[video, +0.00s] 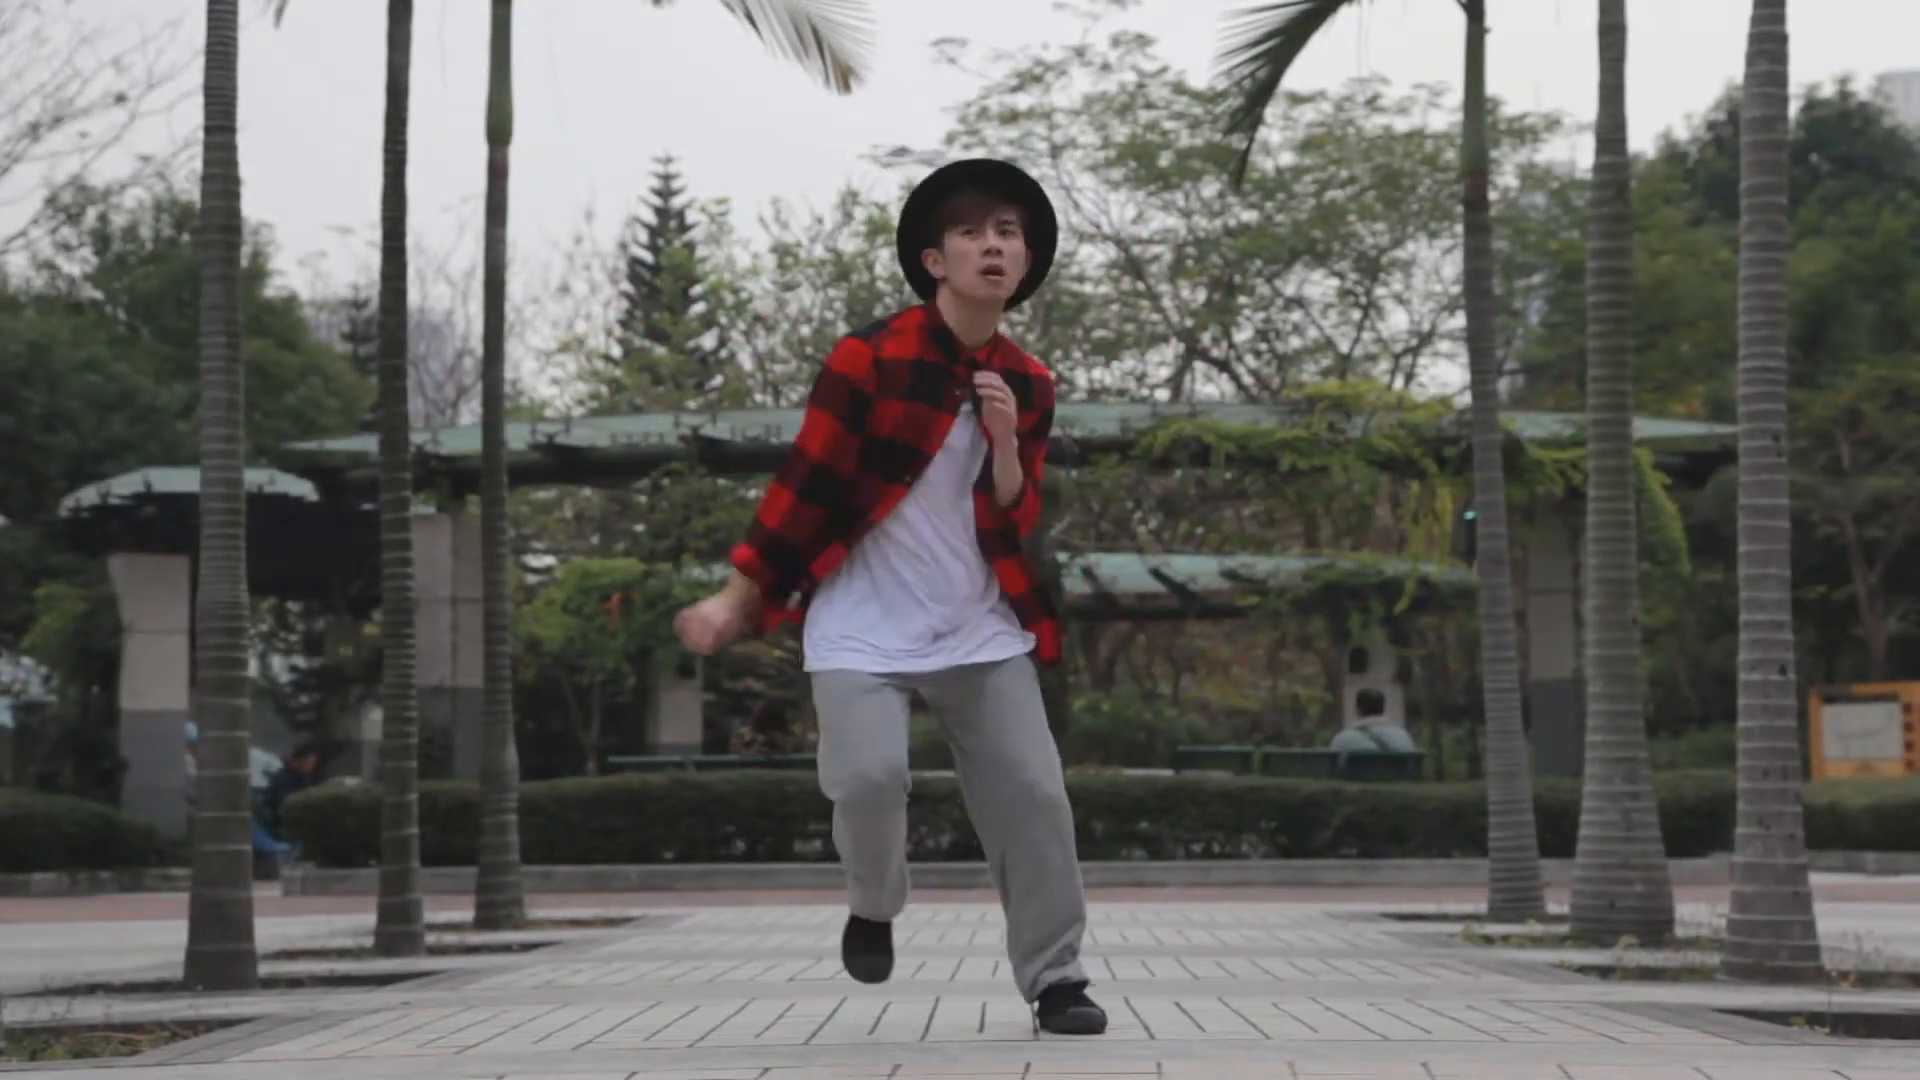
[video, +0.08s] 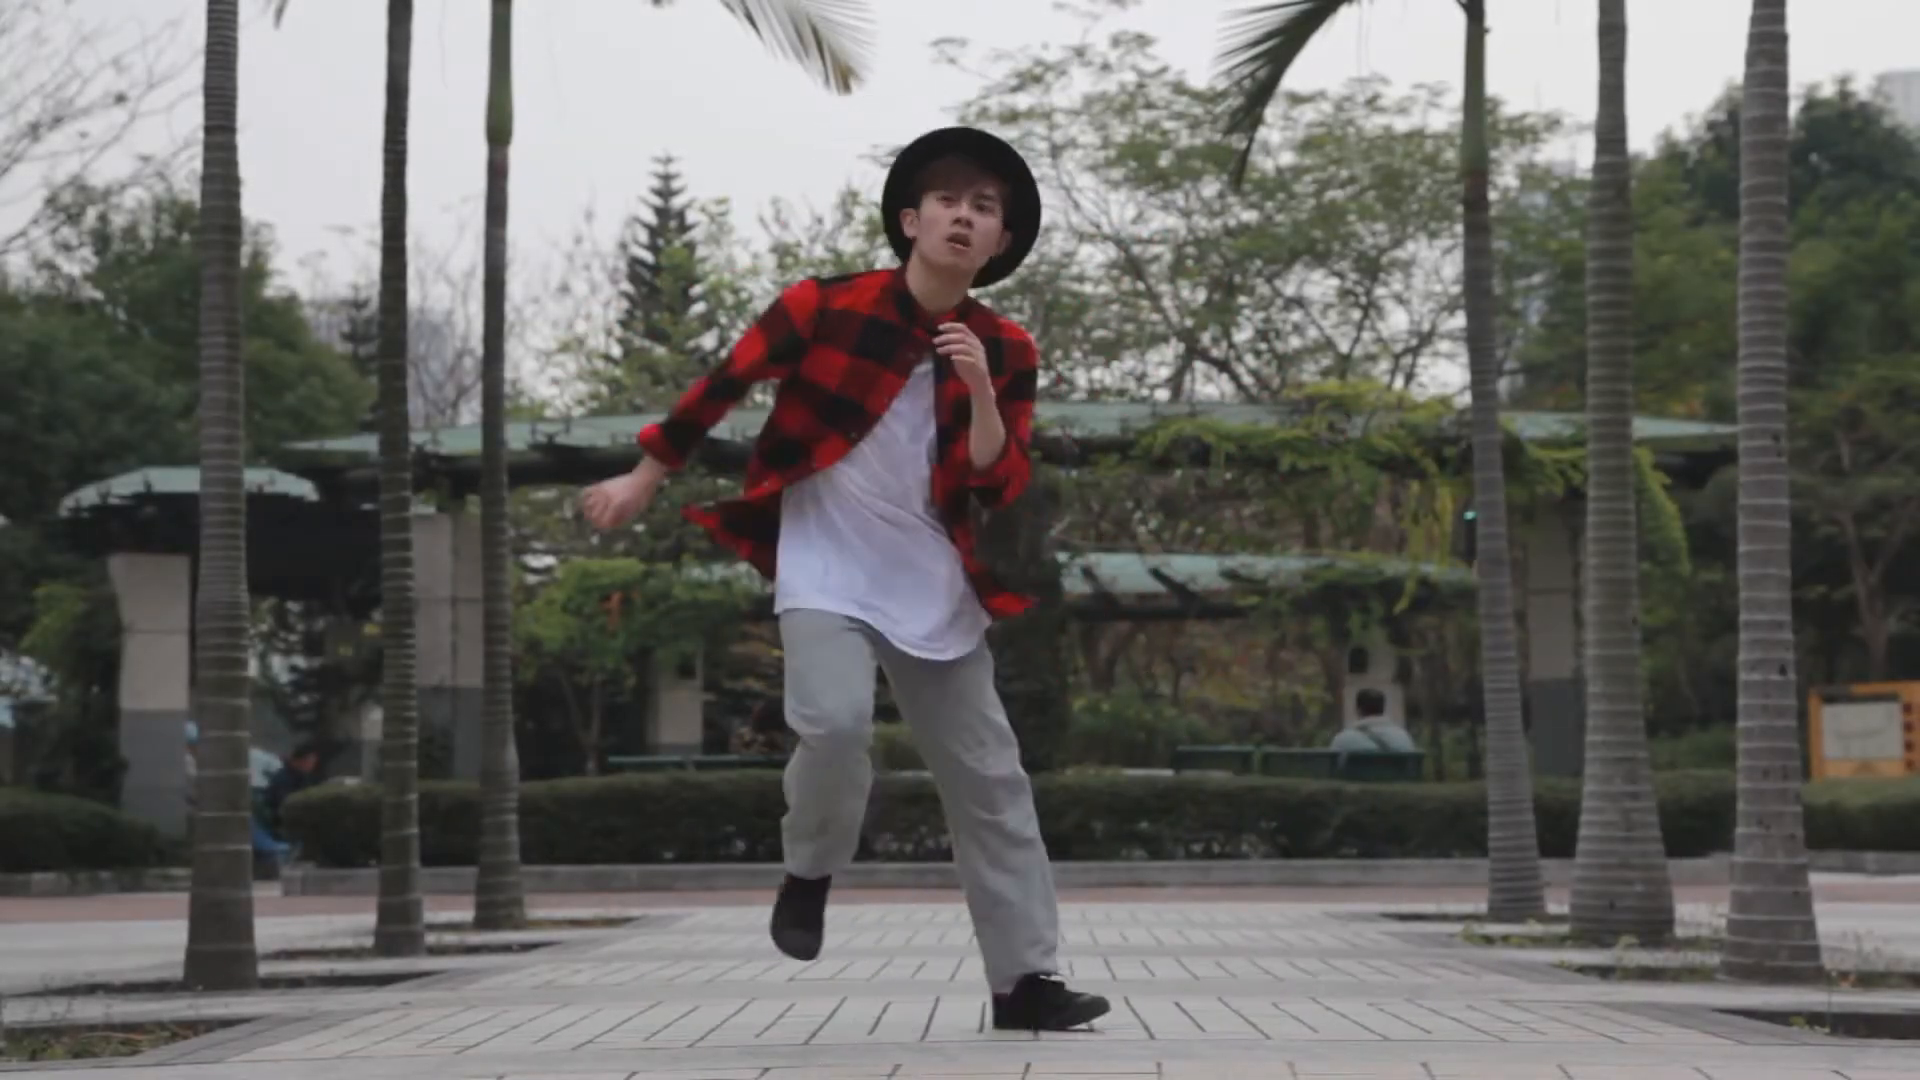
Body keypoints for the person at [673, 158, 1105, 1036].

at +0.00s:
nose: (992, 245)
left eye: (1009, 232)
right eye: (970, 231)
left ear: (1029, 264)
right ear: (933, 261)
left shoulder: (1028, 382)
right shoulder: (870, 358)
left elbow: (1015, 521)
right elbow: (806, 482)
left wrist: (1005, 447)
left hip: (976, 617)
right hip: (859, 615)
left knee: (1032, 786)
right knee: (866, 772)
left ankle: (1054, 975)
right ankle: (874, 902)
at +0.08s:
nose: (963, 214)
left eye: (985, 205)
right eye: (945, 196)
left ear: (1004, 242)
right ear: (906, 217)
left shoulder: (1004, 349)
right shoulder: (824, 307)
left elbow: (996, 486)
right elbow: (724, 383)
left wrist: (982, 393)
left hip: (929, 561)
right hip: (822, 548)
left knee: (988, 769)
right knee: (833, 724)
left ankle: (1023, 977)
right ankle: (809, 869)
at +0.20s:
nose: (880, 205)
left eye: (906, 198)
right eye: (868, 185)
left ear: (932, 237)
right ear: (836, 204)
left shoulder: (943, 335)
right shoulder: (765, 286)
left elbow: (987, 465)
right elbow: (675, 317)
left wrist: (960, 420)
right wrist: (593, 377)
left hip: (905, 603)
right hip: (783, 584)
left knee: (920, 797)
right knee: (740, 750)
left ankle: (879, 943)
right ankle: (711, 965)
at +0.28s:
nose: (811, 238)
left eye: (838, 227)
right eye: (799, 222)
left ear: (875, 261)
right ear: (781, 241)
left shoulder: (890, 358)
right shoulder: (740, 336)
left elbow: (949, 456)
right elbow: (656, 353)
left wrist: (948, 512)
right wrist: (589, 371)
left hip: (876, 650)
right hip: (755, 634)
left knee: (857, 844)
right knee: (707, 795)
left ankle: (804, 920)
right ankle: (682, 990)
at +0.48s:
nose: (778, 246)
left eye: (796, 226)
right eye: (757, 233)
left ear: (838, 238)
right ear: (740, 256)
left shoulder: (910, 338)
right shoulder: (717, 352)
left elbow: (999, 423)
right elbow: (594, 402)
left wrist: (1072, 522)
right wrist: (644, 373)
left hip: (904, 595)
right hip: (781, 604)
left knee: (922, 748)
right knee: (747, 791)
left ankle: (830, 793)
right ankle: (704, 988)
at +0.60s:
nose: (848, 218)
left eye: (863, 198)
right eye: (825, 205)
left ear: (893, 211)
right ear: (798, 230)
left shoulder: (953, 297)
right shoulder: (764, 325)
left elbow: (1061, 339)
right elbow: (680, 400)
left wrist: (1177, 390)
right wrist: (754, 398)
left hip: (930, 549)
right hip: (819, 571)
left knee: (969, 710)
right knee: (829, 768)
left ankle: (944, 940)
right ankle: (865, 969)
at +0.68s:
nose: (892, 223)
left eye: (906, 204)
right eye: (867, 207)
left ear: (927, 216)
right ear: (832, 228)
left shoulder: (974, 301)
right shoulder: (797, 339)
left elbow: (1085, 333)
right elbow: (781, 445)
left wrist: (1210, 349)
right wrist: (874, 442)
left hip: (956, 582)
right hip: (846, 600)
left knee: (985, 750)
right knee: (866, 793)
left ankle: (1027, 941)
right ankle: (878, 973)